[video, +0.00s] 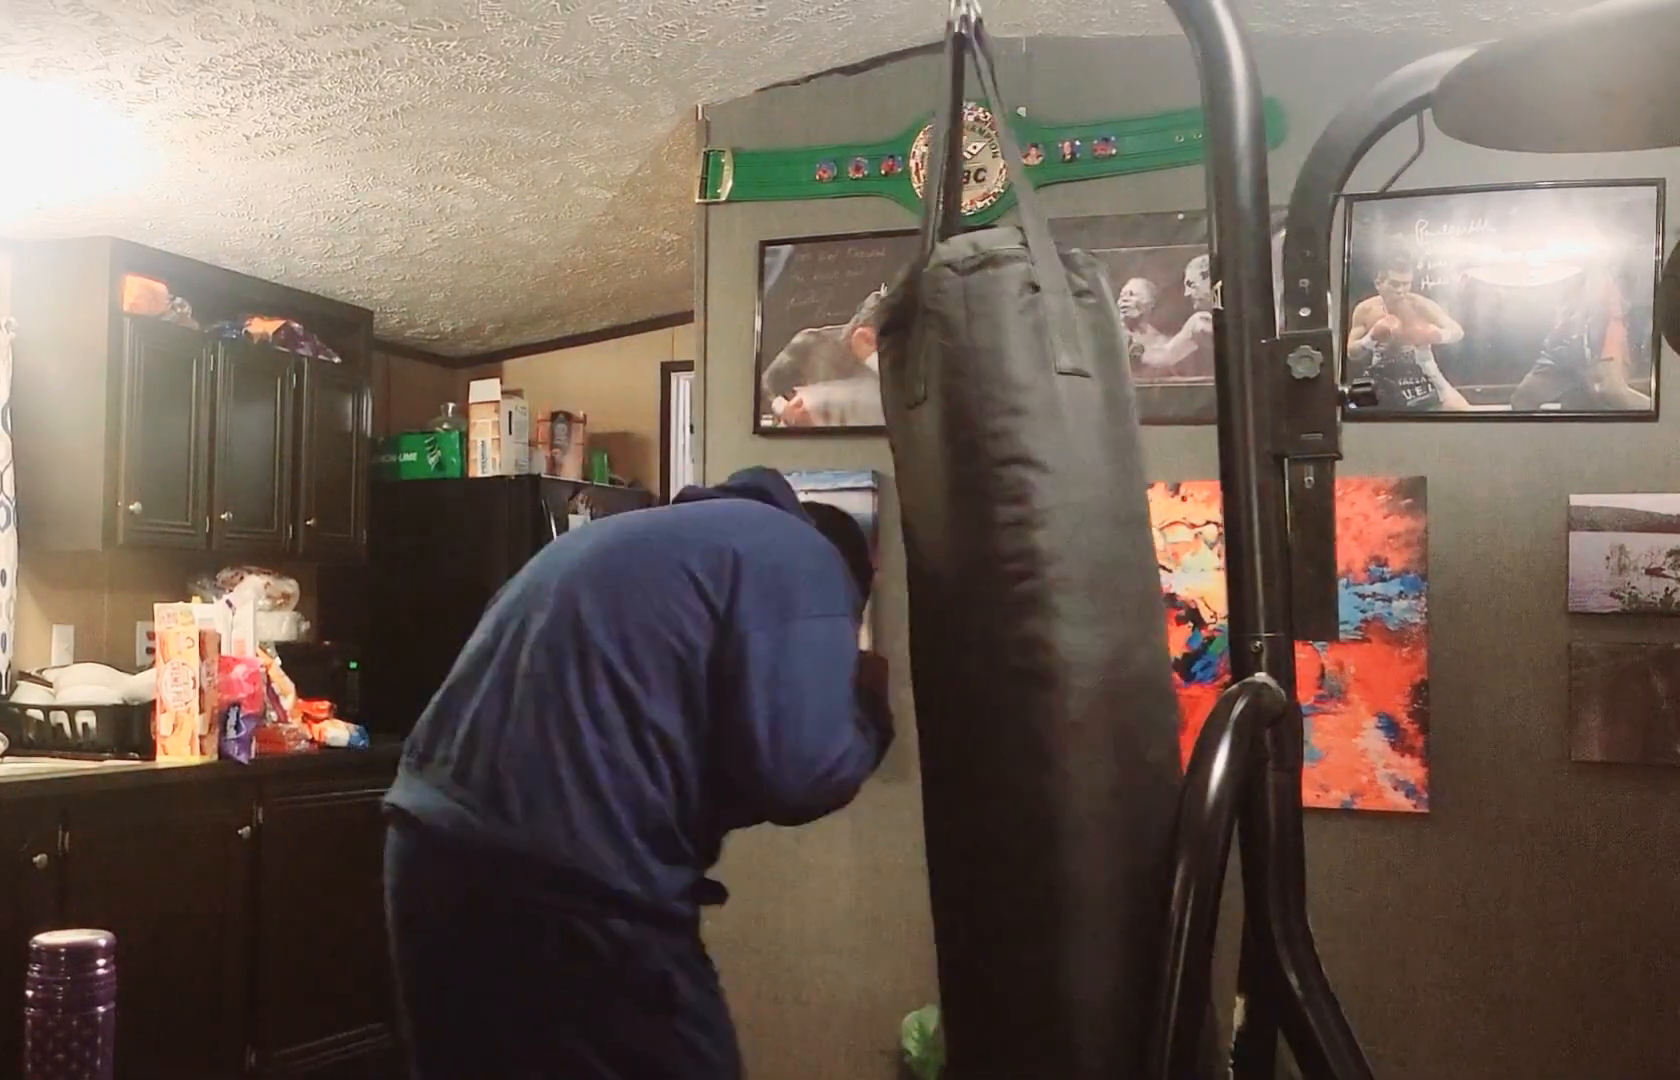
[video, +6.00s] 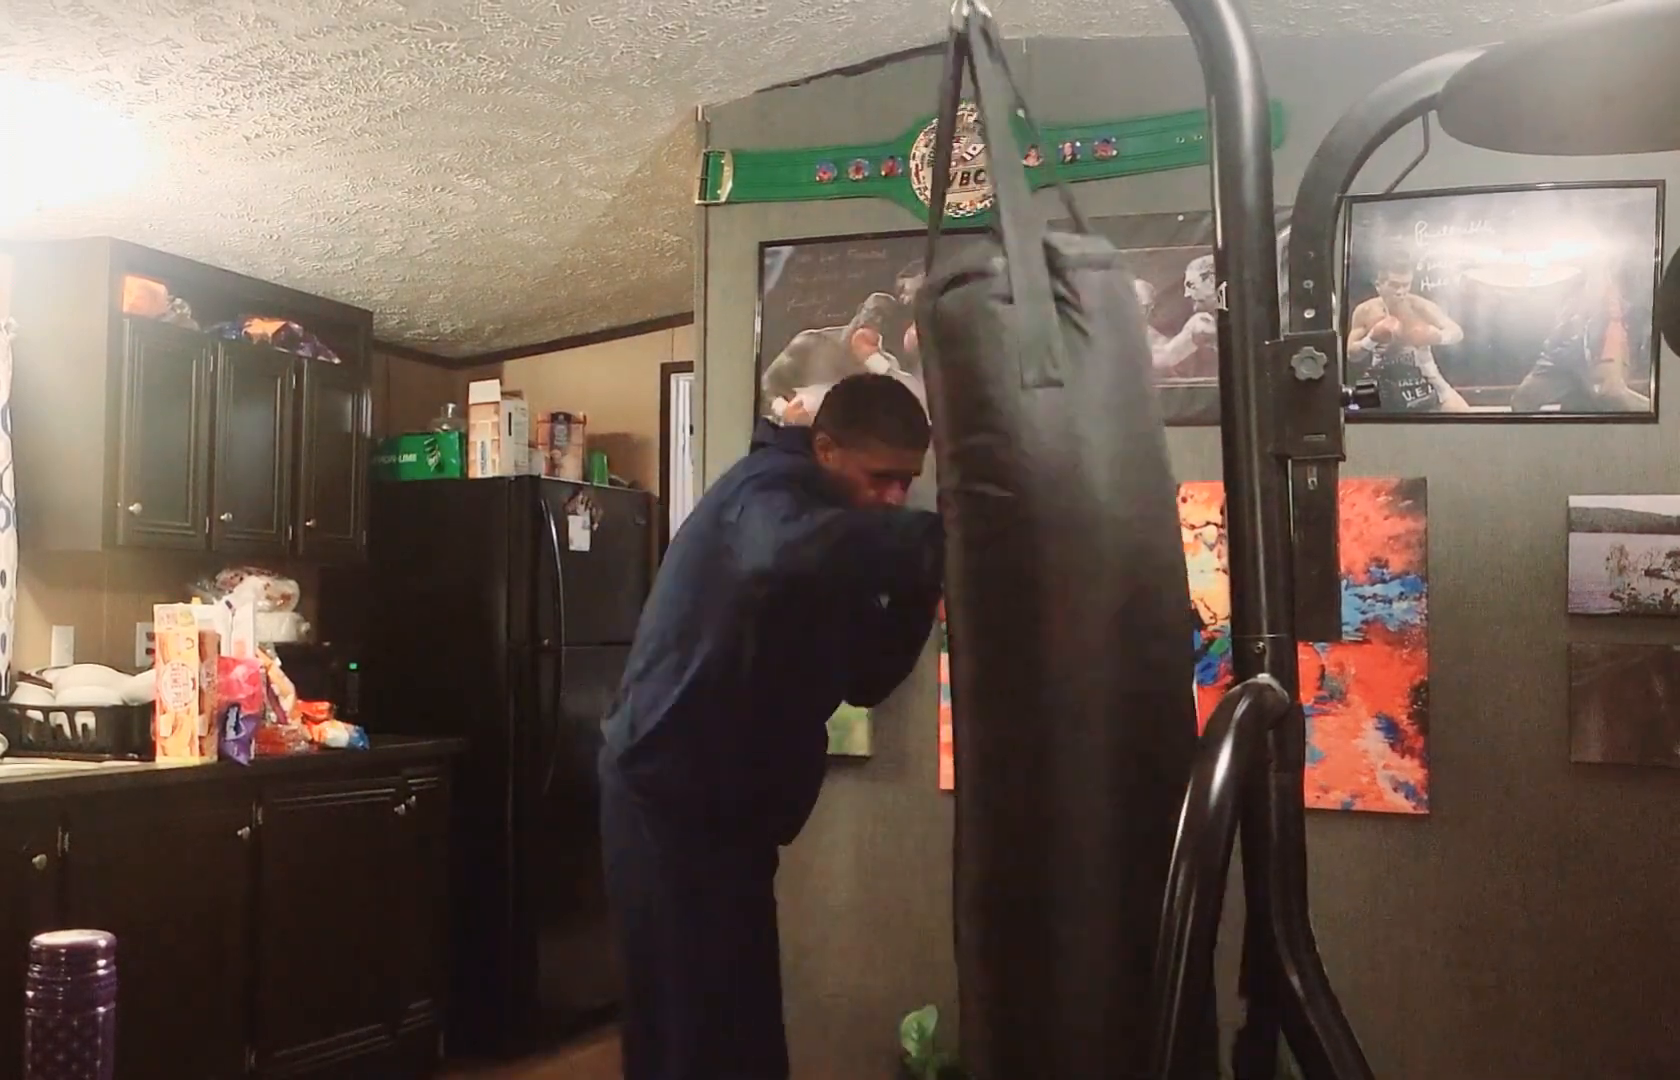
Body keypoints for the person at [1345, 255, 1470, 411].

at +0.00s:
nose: (1401, 290)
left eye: (1406, 284)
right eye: (1395, 284)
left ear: (1411, 283)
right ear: (1379, 283)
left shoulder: (1421, 305)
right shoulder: (1365, 310)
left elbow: (1457, 331)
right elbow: (1351, 353)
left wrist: (1435, 335)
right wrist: (1372, 337)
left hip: (1427, 381)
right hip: (1384, 384)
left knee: (1467, 415)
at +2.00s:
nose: (1402, 290)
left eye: (1406, 285)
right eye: (1396, 284)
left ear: (1412, 283)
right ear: (1379, 284)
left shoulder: (1421, 305)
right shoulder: (1365, 310)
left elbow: (1458, 331)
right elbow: (1352, 353)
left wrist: (1436, 335)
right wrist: (1373, 337)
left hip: (1427, 380)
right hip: (1384, 383)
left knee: (1467, 416)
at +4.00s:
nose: (1401, 291)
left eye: (1406, 285)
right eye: (1395, 285)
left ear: (1411, 284)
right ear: (1378, 284)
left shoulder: (1420, 305)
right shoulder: (1365, 311)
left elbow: (1457, 332)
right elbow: (1351, 354)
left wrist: (1434, 336)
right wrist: (1372, 338)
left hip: (1426, 382)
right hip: (1383, 386)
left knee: (1467, 418)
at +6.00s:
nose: (1401, 292)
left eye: (1405, 286)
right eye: (1394, 285)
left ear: (1411, 284)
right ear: (1378, 285)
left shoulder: (1421, 306)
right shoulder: (1364, 312)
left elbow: (1457, 332)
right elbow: (1352, 355)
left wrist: (1435, 336)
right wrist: (1373, 339)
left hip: (1428, 382)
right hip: (1384, 386)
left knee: (1467, 419)